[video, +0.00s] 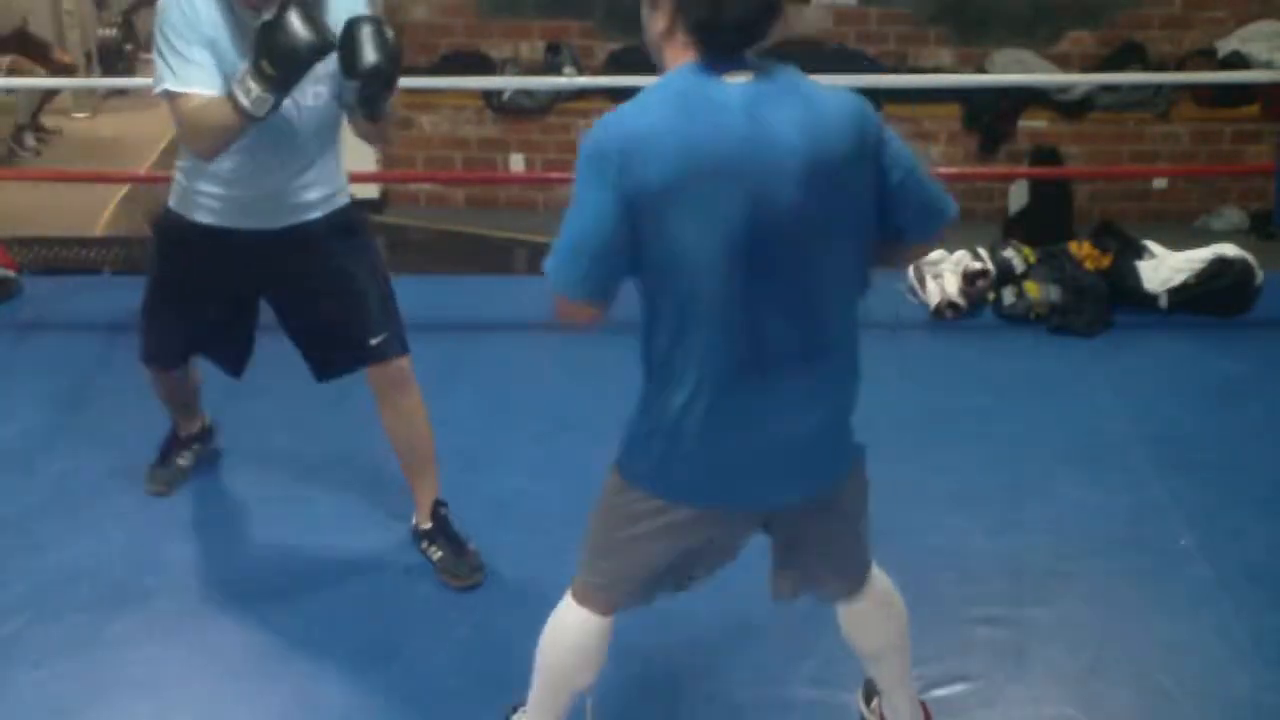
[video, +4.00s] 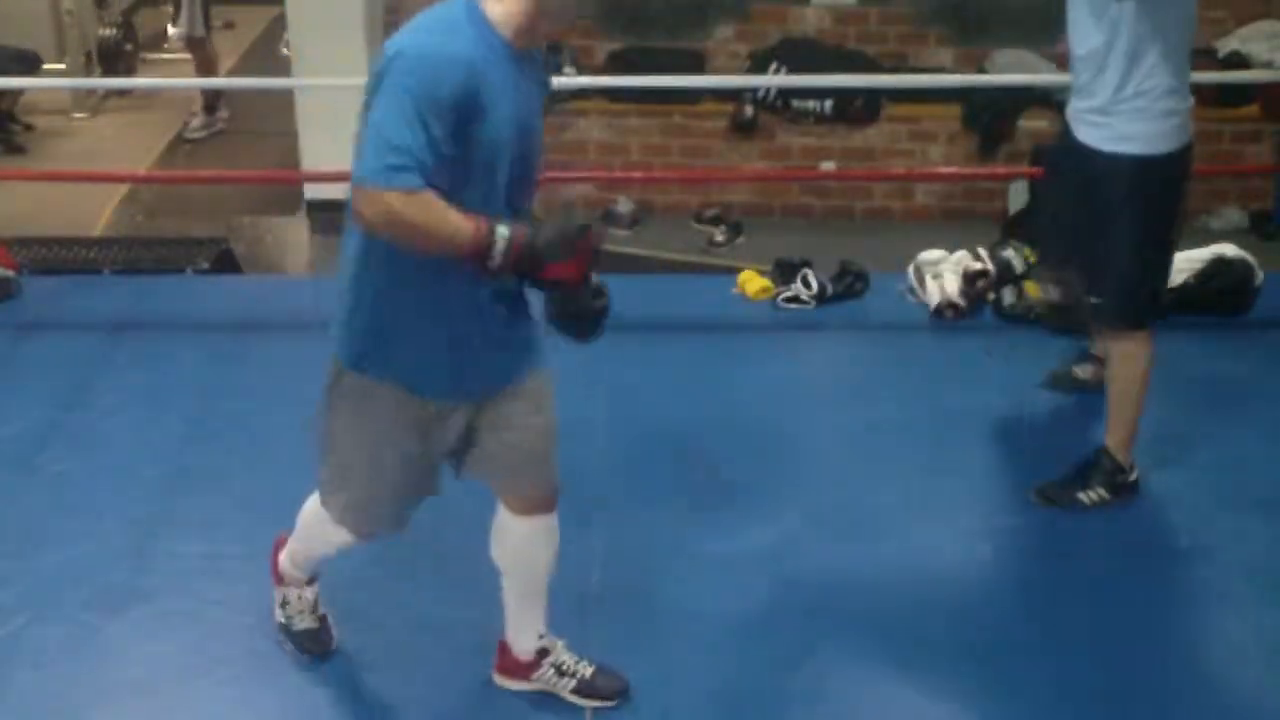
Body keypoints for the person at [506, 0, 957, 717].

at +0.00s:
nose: (646, 15)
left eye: (649, 5)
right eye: (649, 4)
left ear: (668, 16)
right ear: (760, 21)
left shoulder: (624, 139)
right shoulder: (841, 117)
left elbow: (577, 304)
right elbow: (923, 225)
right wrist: (823, 249)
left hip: (685, 446)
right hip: (815, 434)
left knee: (591, 603)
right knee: (855, 584)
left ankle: (538, 715)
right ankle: (903, 710)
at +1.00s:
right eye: (747, 70)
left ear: (635, 67)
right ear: (738, 85)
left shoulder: (543, 159)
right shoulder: (762, 196)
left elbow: (444, 294)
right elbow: (759, 329)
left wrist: (504, 323)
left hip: (531, 478)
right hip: (659, 511)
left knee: (520, 597)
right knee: (726, 705)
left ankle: (497, 705)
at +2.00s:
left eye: (415, 18)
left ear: (421, 16)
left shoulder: (408, 87)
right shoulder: (565, 38)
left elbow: (400, 185)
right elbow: (641, 10)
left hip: (456, 330)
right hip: (553, 338)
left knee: (462, 428)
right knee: (536, 548)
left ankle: (442, 562)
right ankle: (456, 713)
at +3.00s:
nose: (666, 11)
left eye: (667, 7)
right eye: (665, 4)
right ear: (640, 1)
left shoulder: (590, 34)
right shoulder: (555, 55)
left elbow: (618, 137)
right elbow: (618, 178)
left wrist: (661, 87)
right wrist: (676, 100)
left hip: (545, 256)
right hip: (495, 272)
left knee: (596, 358)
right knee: (523, 468)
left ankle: (592, 488)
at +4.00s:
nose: (589, 25)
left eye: (590, 17)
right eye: (587, 13)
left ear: (560, 7)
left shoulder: (527, 62)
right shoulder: (429, 55)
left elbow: (504, 196)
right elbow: (379, 198)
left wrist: (554, 269)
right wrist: (511, 245)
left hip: (496, 334)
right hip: (400, 342)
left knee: (531, 494)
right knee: (363, 508)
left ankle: (525, 650)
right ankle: (291, 569)